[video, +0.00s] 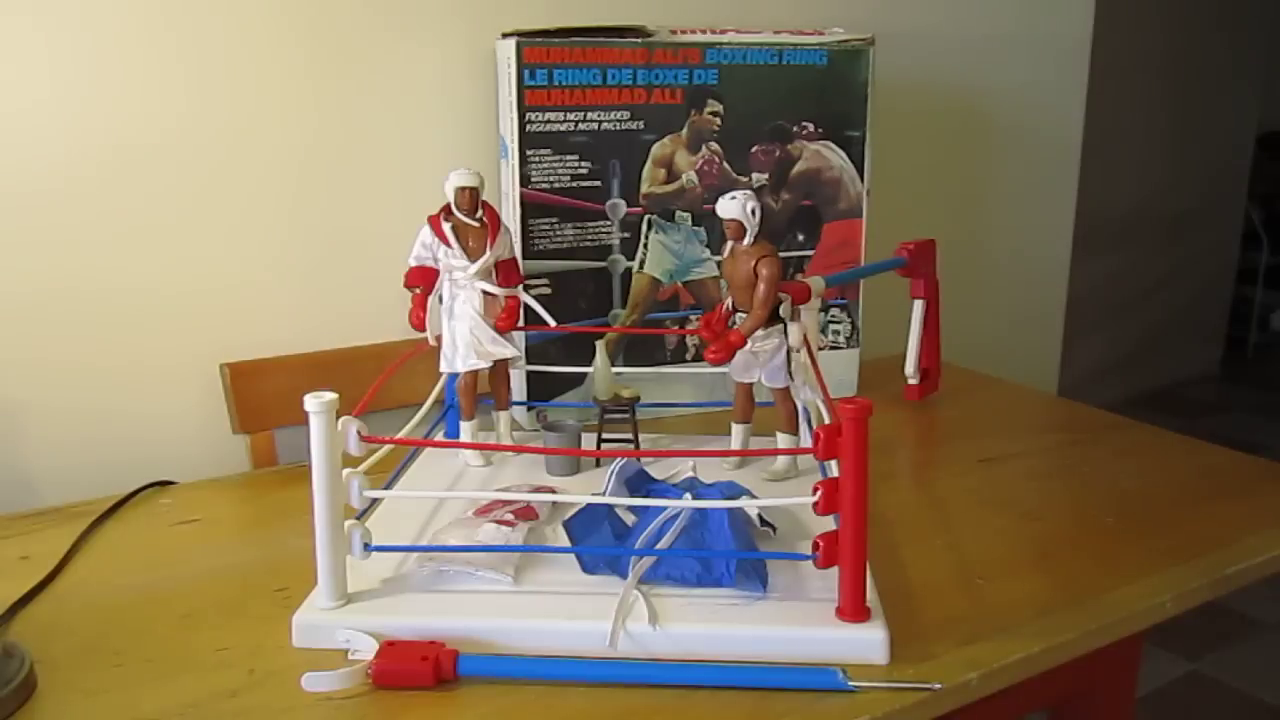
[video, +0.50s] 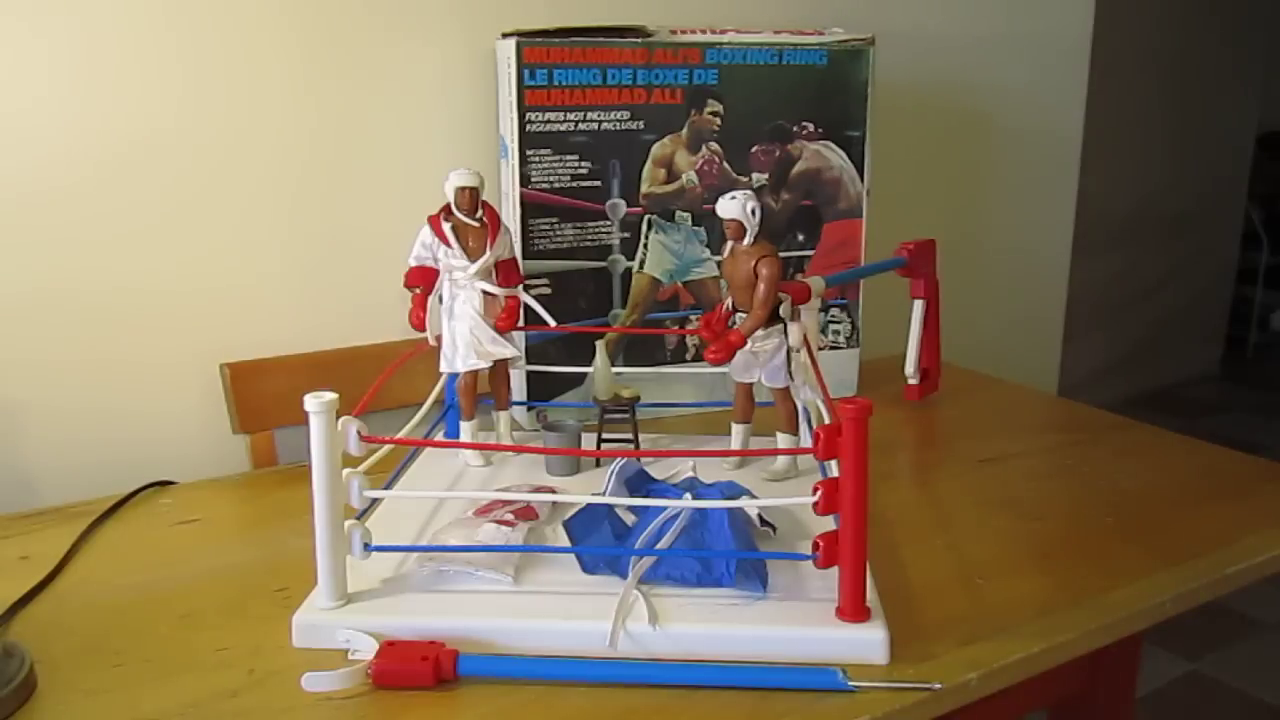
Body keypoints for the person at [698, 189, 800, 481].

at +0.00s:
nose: (725, 228)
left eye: (731, 222)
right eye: (724, 222)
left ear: (748, 222)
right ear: (724, 223)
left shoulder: (767, 260)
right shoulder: (731, 250)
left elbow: (761, 312)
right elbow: (736, 292)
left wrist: (735, 338)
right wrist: (721, 314)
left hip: (769, 333)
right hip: (743, 329)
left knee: (780, 390)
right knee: (742, 385)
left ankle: (787, 456)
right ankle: (738, 449)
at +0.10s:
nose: (725, 227)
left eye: (731, 222)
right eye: (724, 222)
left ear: (748, 222)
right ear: (724, 222)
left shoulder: (767, 260)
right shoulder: (731, 250)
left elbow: (761, 312)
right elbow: (736, 292)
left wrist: (735, 339)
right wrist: (721, 314)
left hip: (769, 333)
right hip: (743, 329)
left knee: (780, 390)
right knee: (742, 385)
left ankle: (787, 456)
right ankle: (738, 450)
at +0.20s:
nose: (725, 227)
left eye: (731, 222)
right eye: (724, 222)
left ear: (748, 222)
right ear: (724, 222)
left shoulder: (767, 260)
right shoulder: (730, 250)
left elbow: (761, 313)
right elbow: (736, 292)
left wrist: (735, 339)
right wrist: (721, 314)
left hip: (769, 333)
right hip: (743, 329)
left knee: (780, 390)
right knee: (742, 385)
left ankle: (787, 456)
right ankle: (738, 449)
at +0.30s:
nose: (725, 227)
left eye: (731, 222)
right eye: (724, 222)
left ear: (748, 222)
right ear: (724, 222)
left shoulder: (767, 260)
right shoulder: (730, 250)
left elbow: (761, 312)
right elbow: (736, 292)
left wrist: (735, 339)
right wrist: (721, 315)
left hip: (769, 333)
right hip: (743, 329)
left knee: (779, 390)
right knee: (742, 385)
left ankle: (787, 456)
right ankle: (738, 449)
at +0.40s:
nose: (725, 227)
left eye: (731, 222)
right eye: (724, 222)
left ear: (748, 222)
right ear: (724, 222)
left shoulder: (767, 260)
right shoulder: (730, 250)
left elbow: (761, 312)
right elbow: (736, 292)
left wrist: (735, 338)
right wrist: (721, 315)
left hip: (769, 333)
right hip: (743, 329)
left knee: (779, 390)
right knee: (742, 385)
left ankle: (787, 456)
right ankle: (738, 449)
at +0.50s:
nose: (725, 227)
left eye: (731, 222)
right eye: (724, 222)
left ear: (748, 222)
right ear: (724, 222)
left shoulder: (767, 260)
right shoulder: (730, 250)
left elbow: (761, 312)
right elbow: (736, 292)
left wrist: (735, 338)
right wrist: (721, 315)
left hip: (770, 332)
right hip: (743, 329)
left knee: (779, 390)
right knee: (742, 385)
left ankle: (787, 456)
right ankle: (738, 450)